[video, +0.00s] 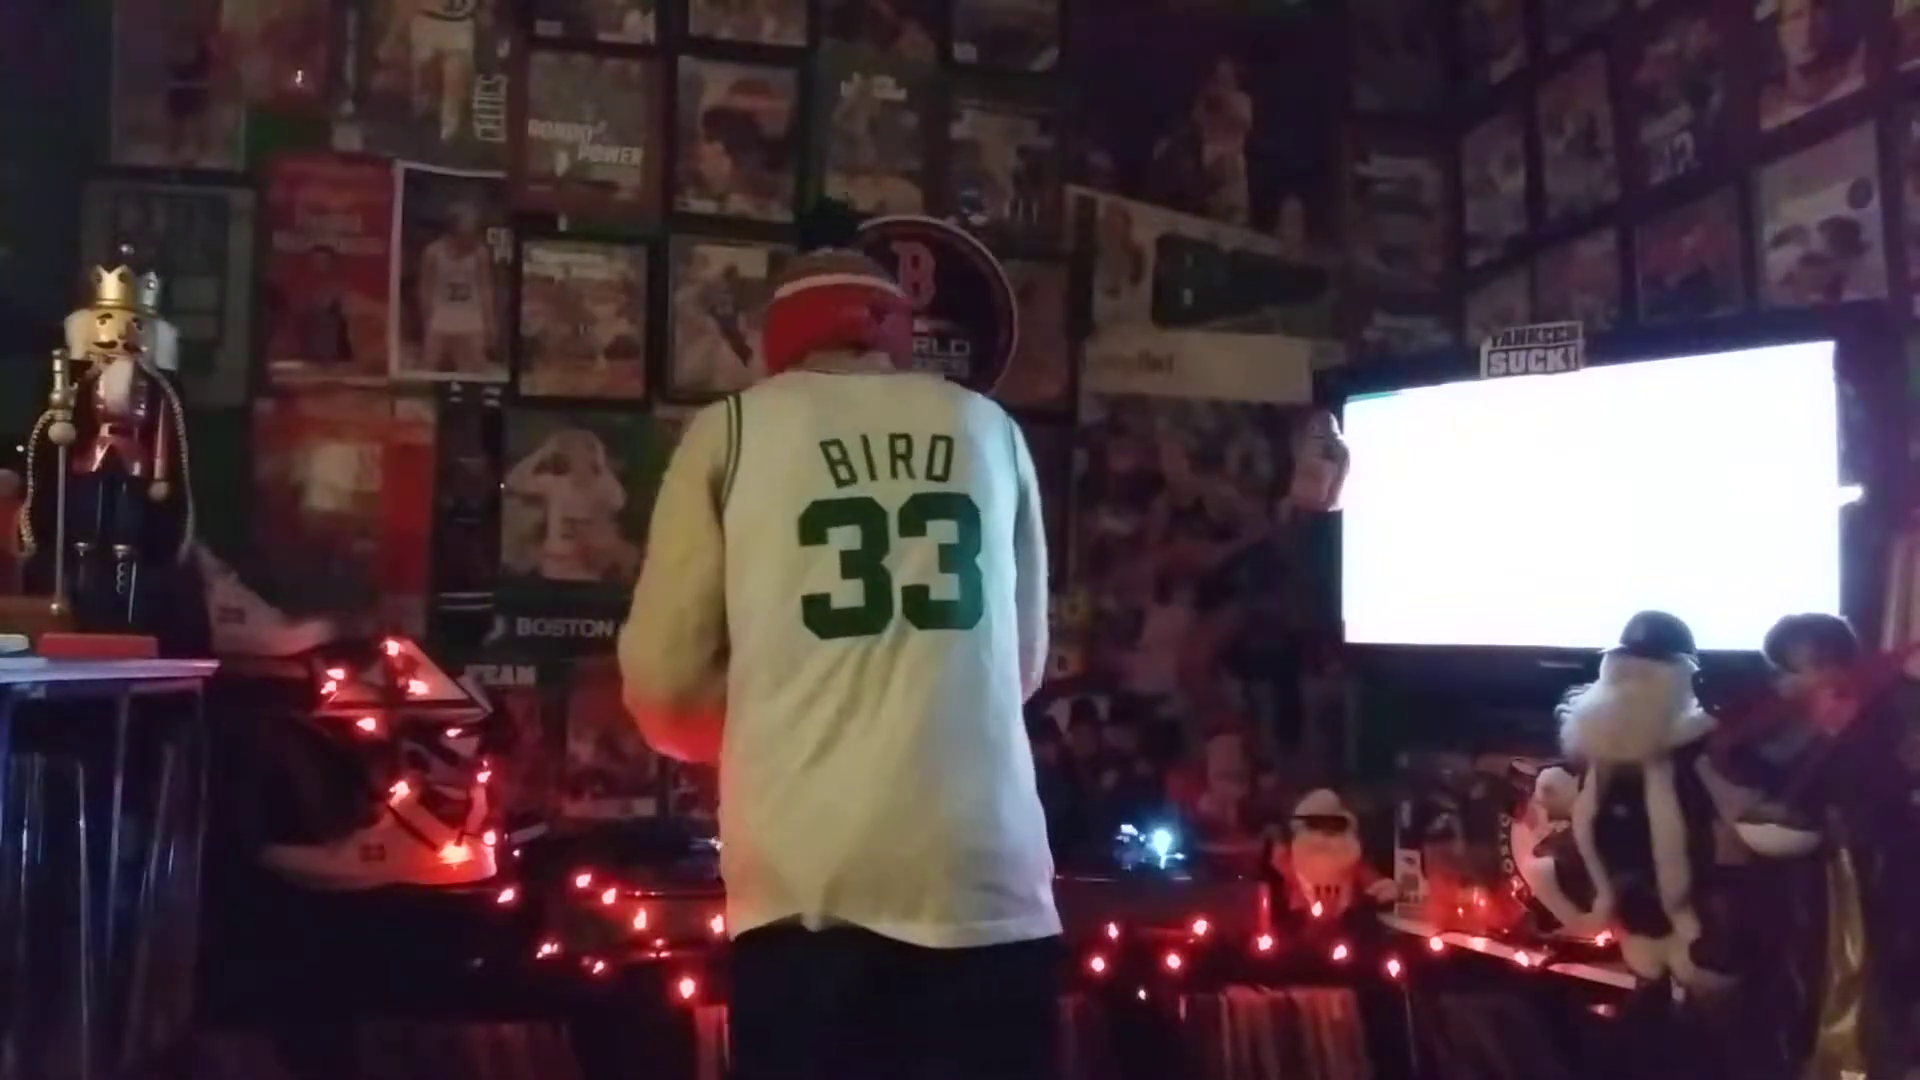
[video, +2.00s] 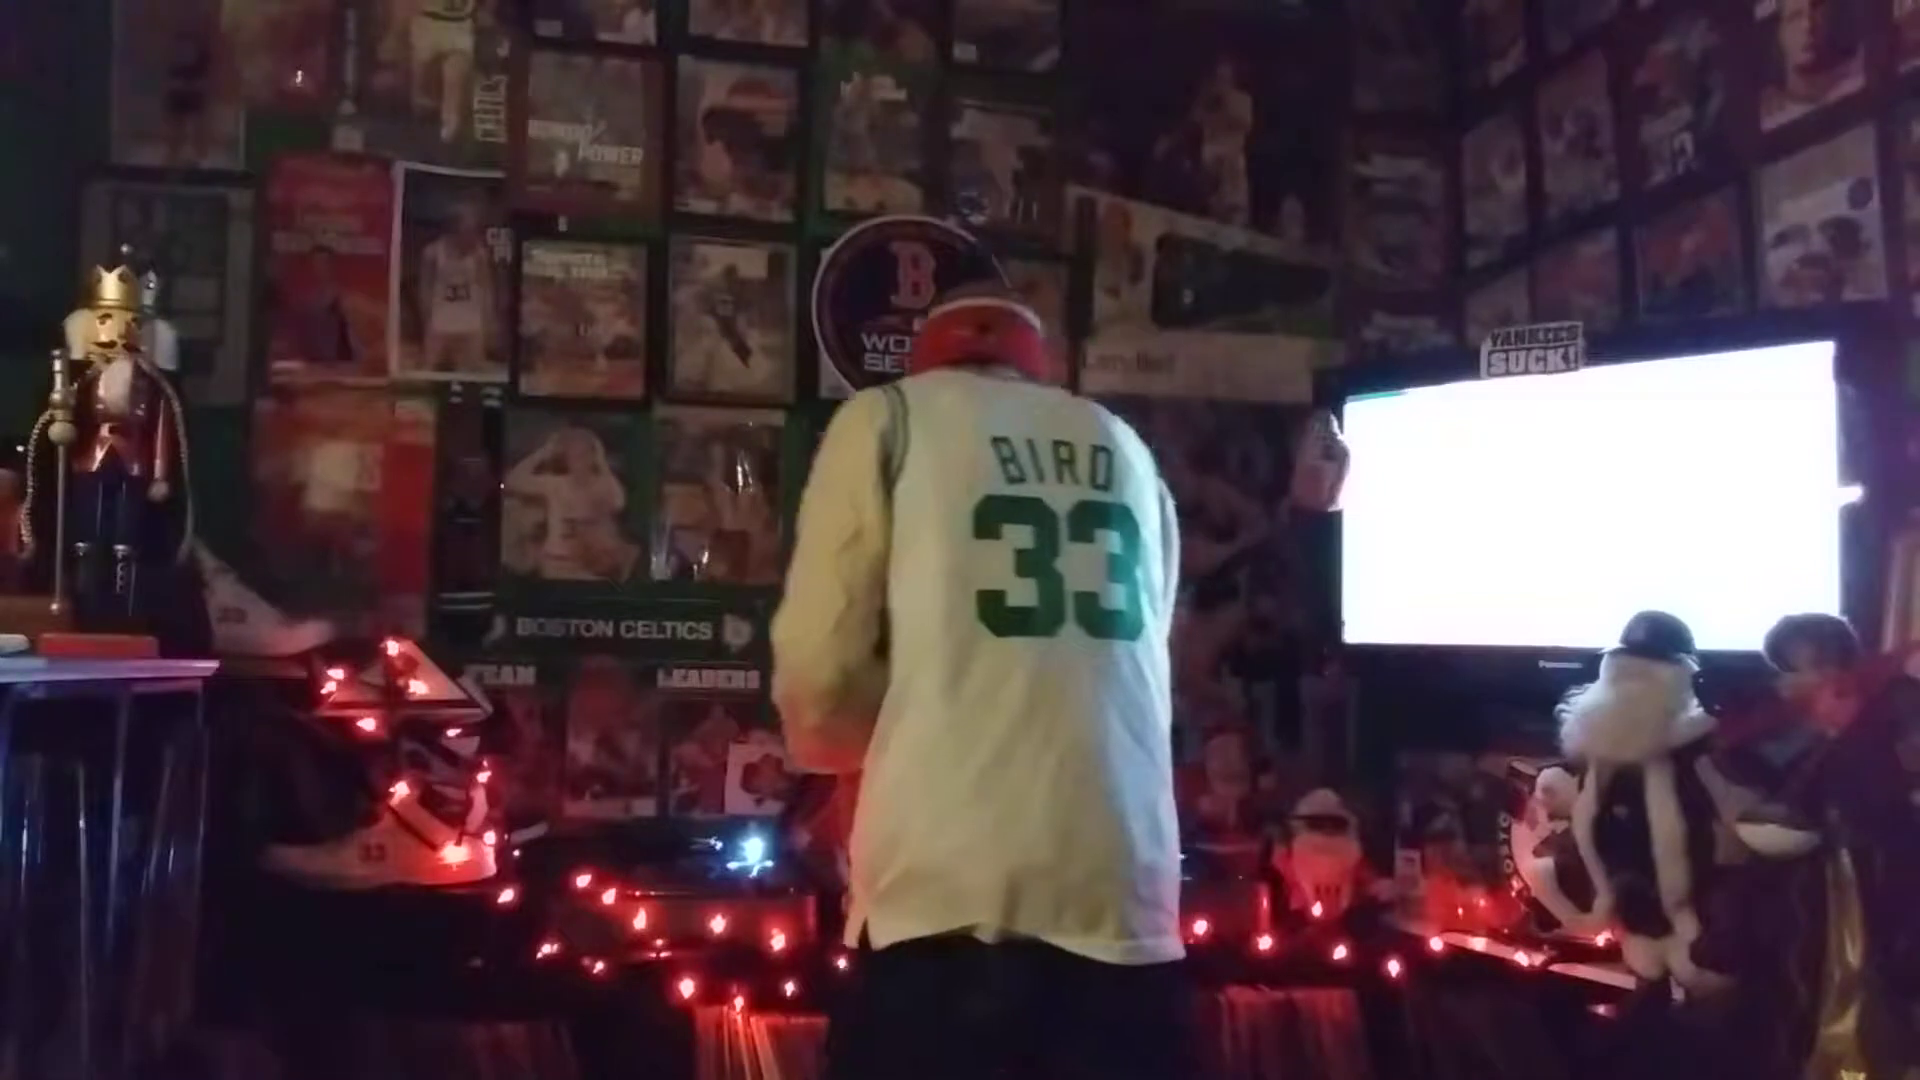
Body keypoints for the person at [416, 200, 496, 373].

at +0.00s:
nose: (466, 235)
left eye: (470, 230)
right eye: (462, 230)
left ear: (475, 230)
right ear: (453, 228)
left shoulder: (480, 253)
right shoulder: (434, 252)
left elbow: (486, 290)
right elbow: (425, 288)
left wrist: (490, 324)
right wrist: (428, 318)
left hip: (471, 326)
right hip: (440, 325)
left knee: (472, 379)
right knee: (435, 378)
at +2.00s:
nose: (469, 235)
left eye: (473, 230)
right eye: (465, 230)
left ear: (477, 230)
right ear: (455, 229)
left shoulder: (481, 254)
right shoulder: (433, 253)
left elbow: (488, 290)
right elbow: (425, 288)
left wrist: (490, 321)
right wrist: (427, 319)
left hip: (472, 329)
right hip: (440, 328)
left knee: (472, 381)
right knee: (433, 380)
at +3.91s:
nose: (465, 236)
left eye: (470, 231)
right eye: (462, 231)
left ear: (475, 231)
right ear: (452, 229)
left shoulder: (480, 252)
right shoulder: (434, 253)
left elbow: (487, 289)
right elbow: (425, 287)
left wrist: (490, 323)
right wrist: (427, 315)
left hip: (472, 326)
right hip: (441, 326)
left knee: (474, 376)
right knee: (432, 377)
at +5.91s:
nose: (466, 236)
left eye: (470, 231)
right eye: (462, 231)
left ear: (475, 230)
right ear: (453, 229)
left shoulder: (480, 252)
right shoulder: (434, 252)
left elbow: (486, 287)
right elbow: (426, 286)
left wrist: (489, 321)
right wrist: (425, 313)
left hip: (471, 324)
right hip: (441, 323)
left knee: (473, 376)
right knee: (433, 376)